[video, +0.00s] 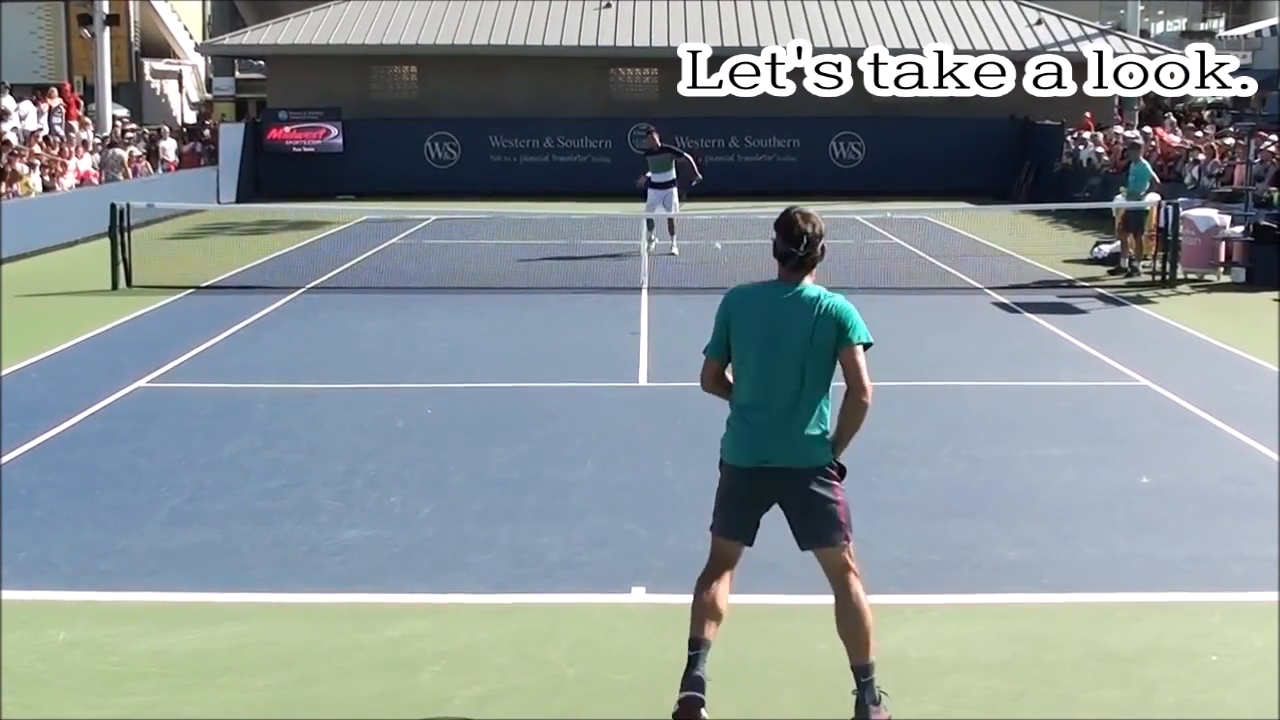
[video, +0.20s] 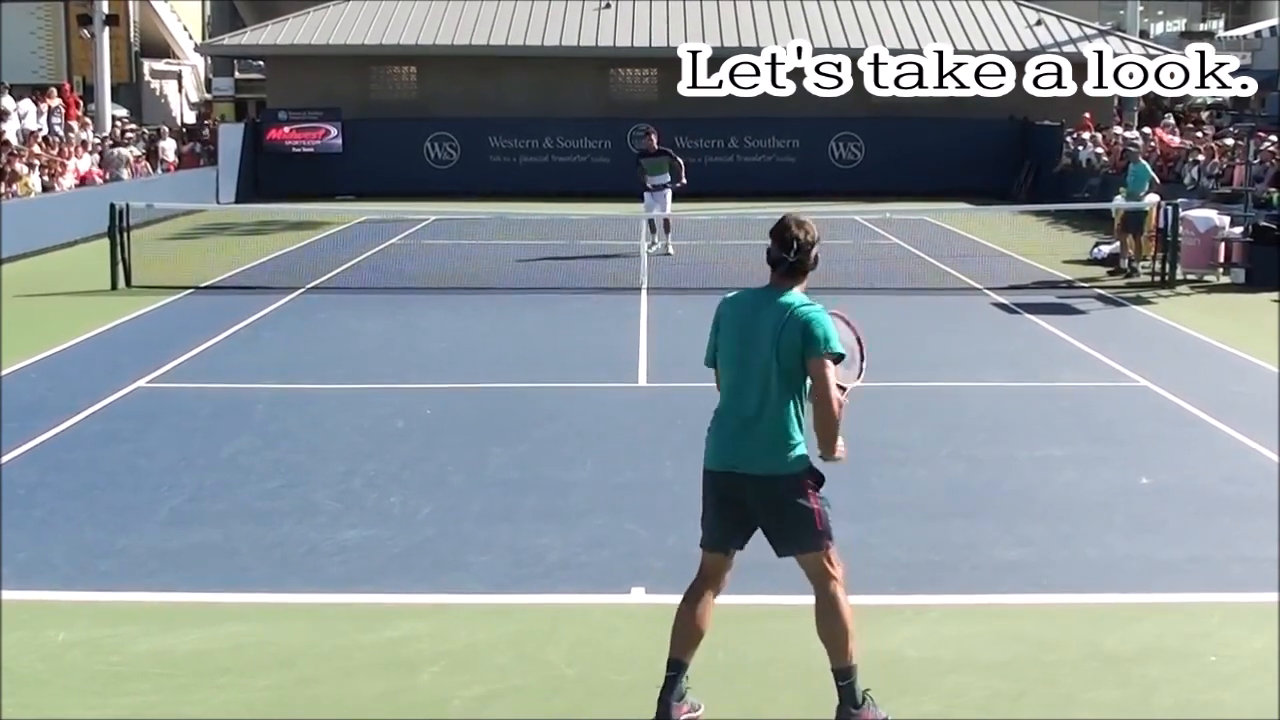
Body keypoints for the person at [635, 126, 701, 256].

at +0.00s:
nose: (653, 141)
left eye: (654, 137)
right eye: (650, 139)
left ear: (658, 137)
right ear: (647, 141)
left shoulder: (668, 150)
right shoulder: (648, 154)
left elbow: (688, 157)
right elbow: (652, 169)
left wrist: (697, 173)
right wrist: (646, 176)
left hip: (670, 188)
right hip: (653, 188)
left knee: (671, 216)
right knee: (648, 215)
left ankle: (673, 244)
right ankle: (651, 238)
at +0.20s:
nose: (650, 142)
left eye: (652, 139)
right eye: (648, 140)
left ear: (656, 140)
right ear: (645, 141)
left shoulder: (665, 153)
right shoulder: (641, 156)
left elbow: (679, 162)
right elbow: (640, 172)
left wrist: (682, 177)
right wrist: (645, 183)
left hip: (664, 186)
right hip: (649, 186)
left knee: (666, 215)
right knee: (649, 215)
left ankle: (668, 242)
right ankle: (654, 241)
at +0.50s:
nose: (652, 141)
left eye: (654, 138)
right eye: (650, 139)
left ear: (658, 140)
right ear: (646, 140)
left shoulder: (666, 155)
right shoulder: (640, 155)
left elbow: (672, 170)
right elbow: (637, 172)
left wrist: (666, 181)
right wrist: (641, 173)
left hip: (659, 190)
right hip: (643, 189)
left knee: (658, 217)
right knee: (637, 216)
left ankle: (657, 244)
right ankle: (639, 237)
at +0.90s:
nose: (645, 144)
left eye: (647, 142)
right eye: (642, 142)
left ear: (650, 144)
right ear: (638, 144)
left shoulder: (655, 160)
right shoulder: (631, 158)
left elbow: (659, 177)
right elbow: (625, 176)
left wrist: (653, 185)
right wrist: (635, 174)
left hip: (648, 190)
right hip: (633, 190)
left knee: (653, 218)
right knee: (630, 218)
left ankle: (653, 244)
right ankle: (621, 244)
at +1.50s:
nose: (635, 145)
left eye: (637, 143)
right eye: (634, 143)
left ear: (640, 146)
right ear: (630, 145)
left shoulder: (642, 162)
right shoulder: (622, 158)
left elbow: (651, 180)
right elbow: (616, 174)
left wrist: (665, 176)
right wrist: (630, 175)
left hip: (636, 193)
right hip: (621, 193)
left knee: (646, 218)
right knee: (620, 220)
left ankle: (658, 245)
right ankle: (602, 243)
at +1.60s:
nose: (629, 147)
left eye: (631, 144)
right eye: (627, 144)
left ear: (633, 147)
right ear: (621, 146)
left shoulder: (635, 163)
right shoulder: (613, 160)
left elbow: (648, 176)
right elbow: (603, 173)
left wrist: (665, 171)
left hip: (628, 196)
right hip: (613, 196)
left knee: (637, 221)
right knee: (613, 220)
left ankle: (652, 246)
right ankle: (597, 246)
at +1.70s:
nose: (624, 146)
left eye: (626, 144)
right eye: (622, 144)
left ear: (628, 146)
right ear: (616, 144)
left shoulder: (629, 162)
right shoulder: (606, 158)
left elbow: (642, 175)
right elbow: (593, 171)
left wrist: (657, 177)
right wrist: (600, 179)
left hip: (621, 193)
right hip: (607, 192)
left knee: (629, 219)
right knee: (608, 218)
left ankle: (644, 245)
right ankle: (595, 245)